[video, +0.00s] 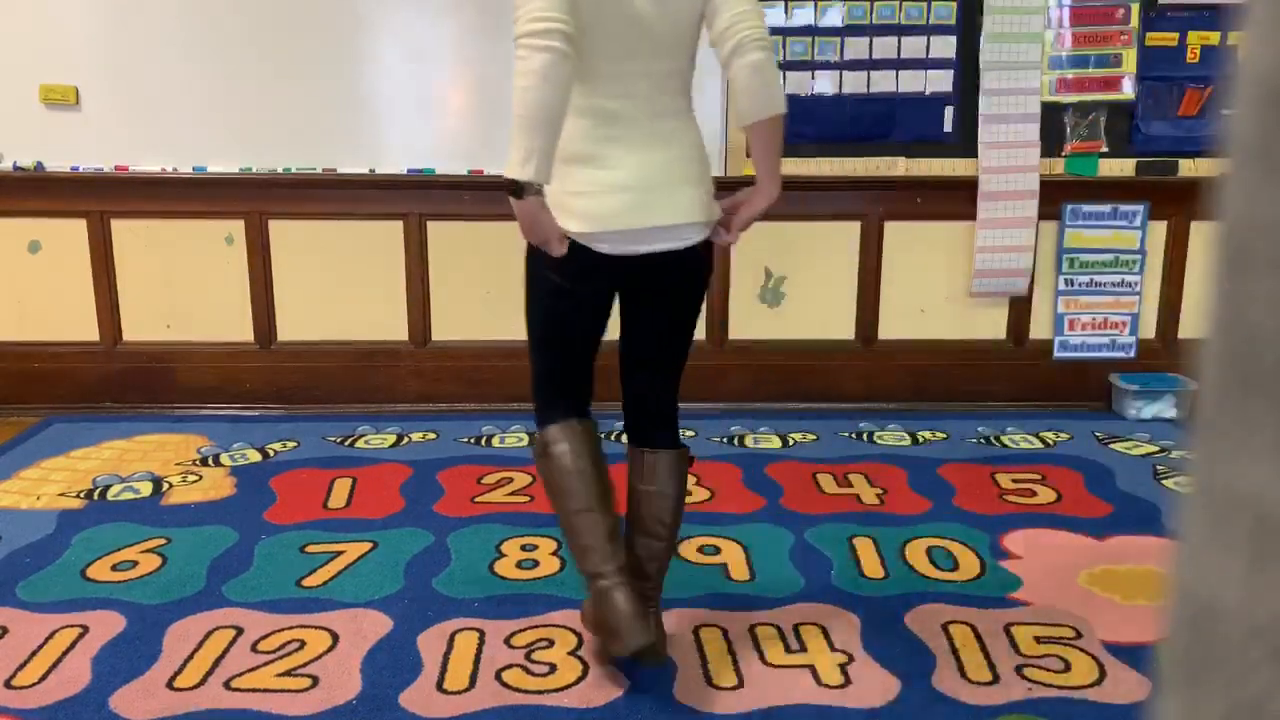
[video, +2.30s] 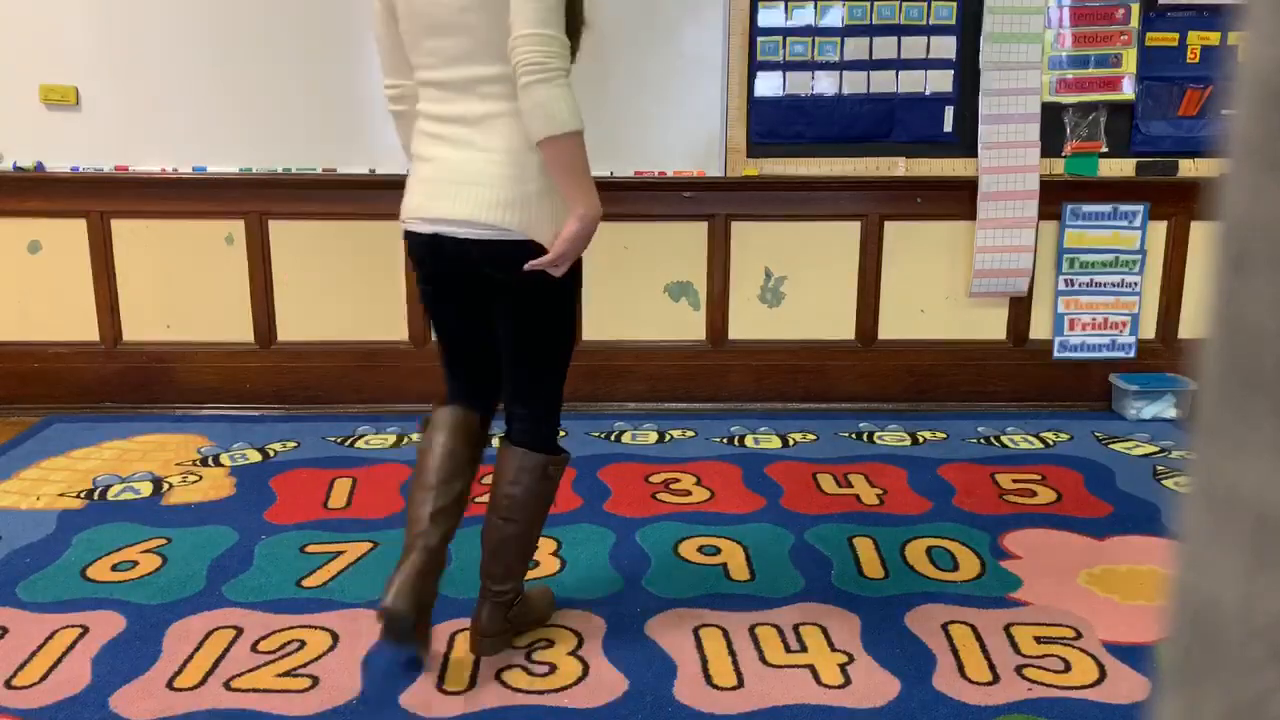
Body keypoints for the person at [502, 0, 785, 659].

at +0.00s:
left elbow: (547, 46)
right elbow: (748, 45)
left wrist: (523, 185)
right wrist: (768, 180)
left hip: (579, 215)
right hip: (680, 217)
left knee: (562, 402)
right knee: (656, 408)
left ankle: (613, 596)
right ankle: (642, 611)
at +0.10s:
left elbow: (516, 38)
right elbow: (716, 36)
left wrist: (496, 175)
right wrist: (738, 172)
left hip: (552, 204)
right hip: (654, 206)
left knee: (536, 401)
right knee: (647, 407)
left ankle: (538, 604)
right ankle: (641, 608)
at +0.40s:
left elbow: (420, 55)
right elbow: (615, 54)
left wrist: (394, 179)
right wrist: (652, 178)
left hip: (469, 192)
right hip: (569, 191)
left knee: (466, 387)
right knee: (573, 376)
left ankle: (471, 580)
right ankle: (608, 570)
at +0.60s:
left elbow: (391, 55)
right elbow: (585, 54)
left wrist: (349, 166)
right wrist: (617, 172)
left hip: (440, 197)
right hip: (535, 198)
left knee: (445, 378)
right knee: (505, 348)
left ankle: (467, 566)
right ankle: (515, 529)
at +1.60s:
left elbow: (334, 71)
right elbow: (554, 61)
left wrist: (310, 208)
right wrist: (602, 193)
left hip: (406, 212)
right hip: (516, 207)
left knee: (429, 409)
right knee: (509, 413)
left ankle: (457, 586)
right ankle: (507, 642)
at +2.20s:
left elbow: (380, 98)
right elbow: (527, 72)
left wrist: (402, 202)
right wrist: (574, 207)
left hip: (415, 223)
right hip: (518, 227)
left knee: (418, 421)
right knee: (527, 425)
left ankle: (382, 642)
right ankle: (496, 608)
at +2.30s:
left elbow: (401, 94)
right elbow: (539, 71)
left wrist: (442, 183)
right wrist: (584, 202)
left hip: (432, 213)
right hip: (524, 216)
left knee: (465, 392)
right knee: (531, 417)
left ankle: (416, 567)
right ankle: (499, 604)